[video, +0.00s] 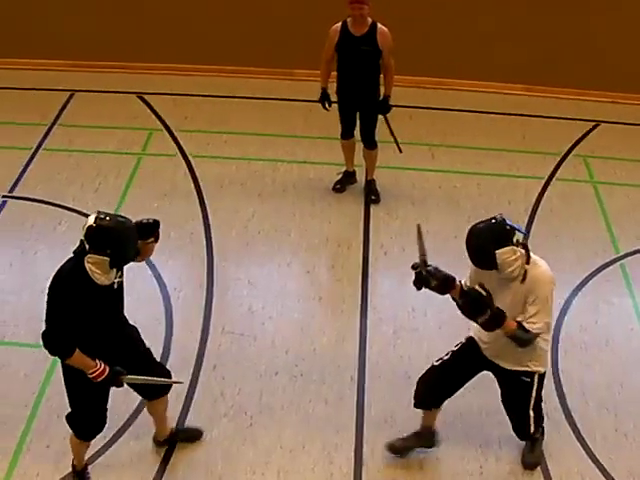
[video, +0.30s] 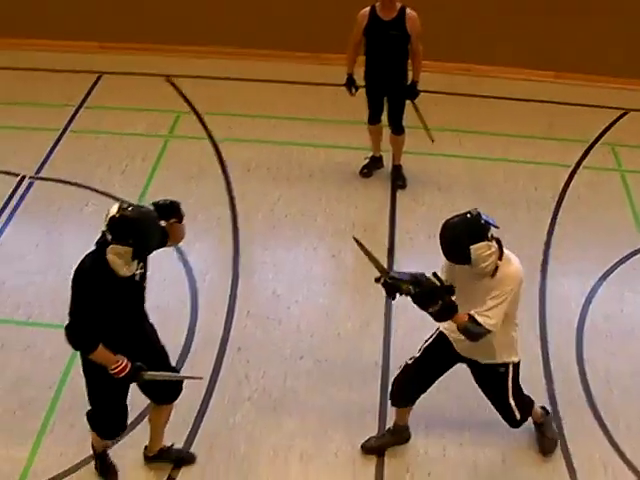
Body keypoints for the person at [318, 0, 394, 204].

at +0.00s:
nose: (359, 11)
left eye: (362, 7)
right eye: (355, 7)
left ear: (368, 8)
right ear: (349, 9)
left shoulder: (381, 33)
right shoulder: (337, 31)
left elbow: (388, 65)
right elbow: (327, 60)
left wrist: (387, 95)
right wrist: (324, 88)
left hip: (370, 94)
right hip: (345, 93)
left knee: (368, 139)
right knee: (346, 135)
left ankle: (370, 180)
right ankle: (349, 172)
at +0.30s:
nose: (388, 2)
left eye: (390, 0)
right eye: (385, 0)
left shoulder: (409, 17)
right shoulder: (365, 15)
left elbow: (416, 51)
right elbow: (355, 45)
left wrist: (414, 82)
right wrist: (350, 74)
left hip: (397, 80)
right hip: (373, 78)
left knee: (396, 125)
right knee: (373, 120)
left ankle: (397, 166)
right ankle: (376, 157)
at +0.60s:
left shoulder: (424, 2)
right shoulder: (380, 1)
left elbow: (430, 25)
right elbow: (369, 18)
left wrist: (428, 58)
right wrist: (361, 49)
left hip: (411, 54)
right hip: (387, 52)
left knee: (409, 100)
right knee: (386, 95)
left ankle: (409, 143)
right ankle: (388, 133)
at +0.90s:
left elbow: (462, 1)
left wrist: (459, 24)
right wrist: (396, 14)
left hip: (442, 20)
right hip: (418, 19)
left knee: (441, 67)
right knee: (417, 60)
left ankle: (439, 109)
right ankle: (419, 99)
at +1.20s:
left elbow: (491, 0)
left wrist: (488, 21)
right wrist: (424, 11)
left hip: (471, 17)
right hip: (447, 16)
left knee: (469, 64)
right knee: (446, 57)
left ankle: (467, 106)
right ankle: (447, 96)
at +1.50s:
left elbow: (537, 2)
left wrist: (534, 27)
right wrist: (470, 15)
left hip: (518, 23)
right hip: (493, 21)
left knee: (514, 70)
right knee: (491, 62)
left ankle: (512, 112)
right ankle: (491, 102)